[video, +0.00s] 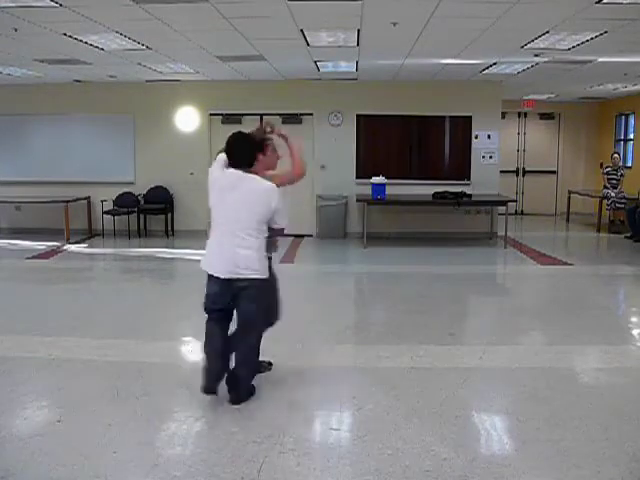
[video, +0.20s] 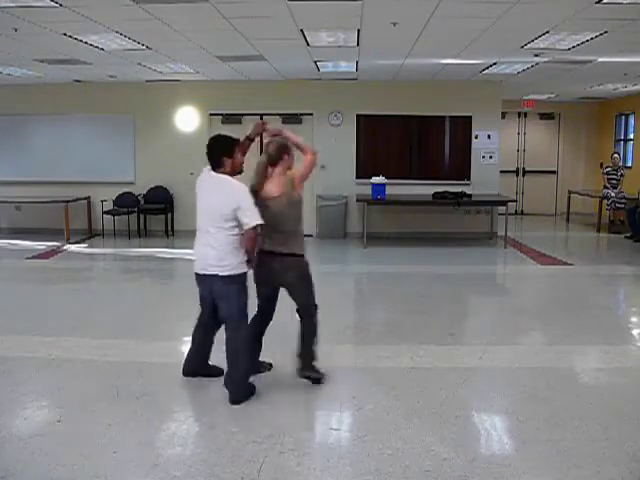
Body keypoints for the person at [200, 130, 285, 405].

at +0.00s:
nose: (267, 157)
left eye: (267, 152)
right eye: (263, 153)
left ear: (230, 157)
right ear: (255, 159)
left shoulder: (217, 178)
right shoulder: (268, 190)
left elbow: (226, 154)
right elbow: (278, 230)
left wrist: (253, 136)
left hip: (217, 267)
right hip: (253, 271)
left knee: (216, 318)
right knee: (250, 329)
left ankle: (212, 377)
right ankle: (239, 389)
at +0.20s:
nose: (242, 159)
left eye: (241, 155)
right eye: (239, 155)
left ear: (216, 159)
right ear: (226, 159)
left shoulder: (203, 180)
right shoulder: (237, 189)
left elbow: (233, 158)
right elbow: (251, 230)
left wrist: (253, 135)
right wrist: (250, 254)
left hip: (204, 266)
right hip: (229, 269)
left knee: (210, 317)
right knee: (237, 327)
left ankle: (195, 363)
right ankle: (238, 388)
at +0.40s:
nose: (228, 158)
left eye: (229, 153)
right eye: (223, 154)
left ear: (219, 157)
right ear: (207, 159)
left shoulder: (210, 179)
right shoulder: (209, 185)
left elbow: (229, 195)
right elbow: (207, 225)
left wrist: (245, 179)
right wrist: (233, 252)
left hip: (203, 263)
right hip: (206, 265)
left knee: (206, 316)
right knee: (215, 320)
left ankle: (194, 362)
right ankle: (205, 379)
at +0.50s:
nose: (224, 159)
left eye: (225, 154)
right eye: (219, 155)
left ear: (224, 156)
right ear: (203, 159)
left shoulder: (218, 183)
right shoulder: (197, 186)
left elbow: (228, 211)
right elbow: (194, 224)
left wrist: (248, 201)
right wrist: (234, 238)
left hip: (212, 263)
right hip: (196, 264)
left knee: (208, 313)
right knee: (203, 313)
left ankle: (197, 362)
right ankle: (176, 366)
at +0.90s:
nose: (239, 165)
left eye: (241, 160)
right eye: (233, 160)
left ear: (242, 161)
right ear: (219, 163)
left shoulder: (244, 186)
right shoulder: (205, 188)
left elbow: (256, 217)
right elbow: (211, 225)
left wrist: (266, 217)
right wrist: (235, 210)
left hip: (236, 261)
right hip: (207, 262)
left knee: (246, 301)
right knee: (205, 309)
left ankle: (229, 347)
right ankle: (206, 347)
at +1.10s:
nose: (262, 163)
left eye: (263, 158)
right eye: (257, 158)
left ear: (265, 160)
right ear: (243, 160)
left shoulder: (267, 186)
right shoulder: (229, 188)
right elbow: (245, 218)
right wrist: (259, 193)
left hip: (260, 263)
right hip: (230, 262)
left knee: (273, 306)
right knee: (221, 306)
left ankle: (272, 347)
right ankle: (208, 339)